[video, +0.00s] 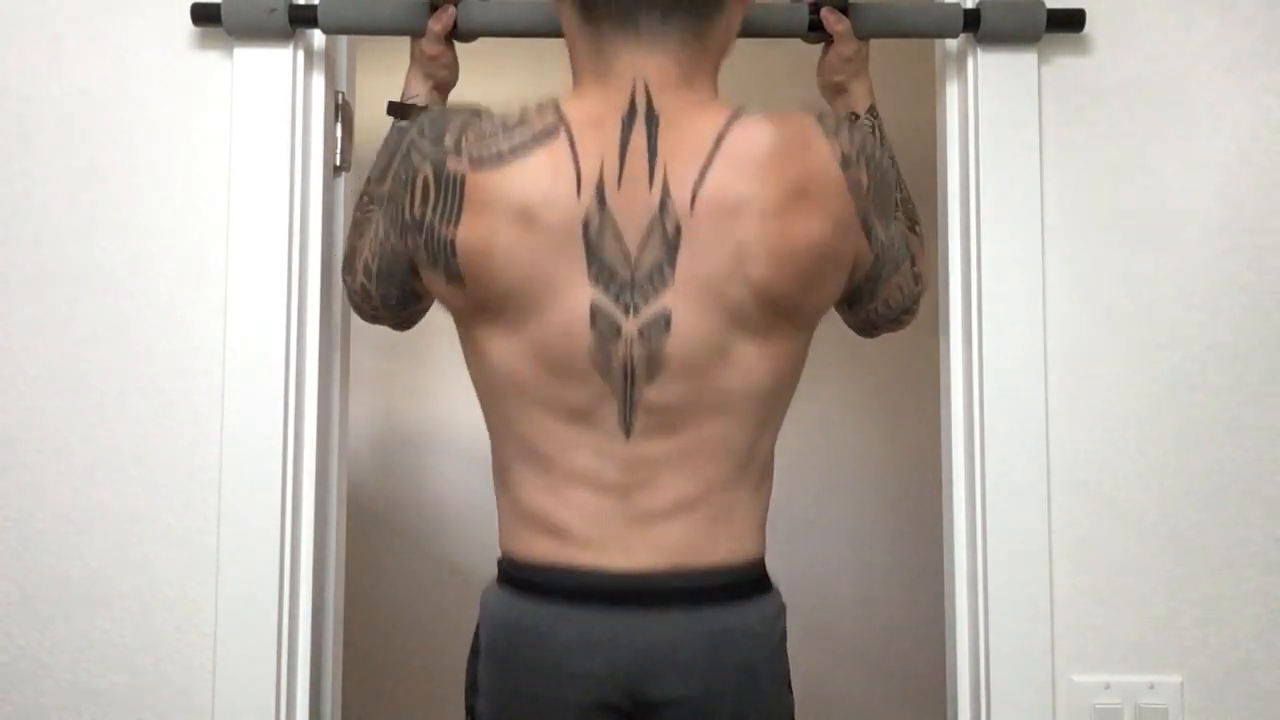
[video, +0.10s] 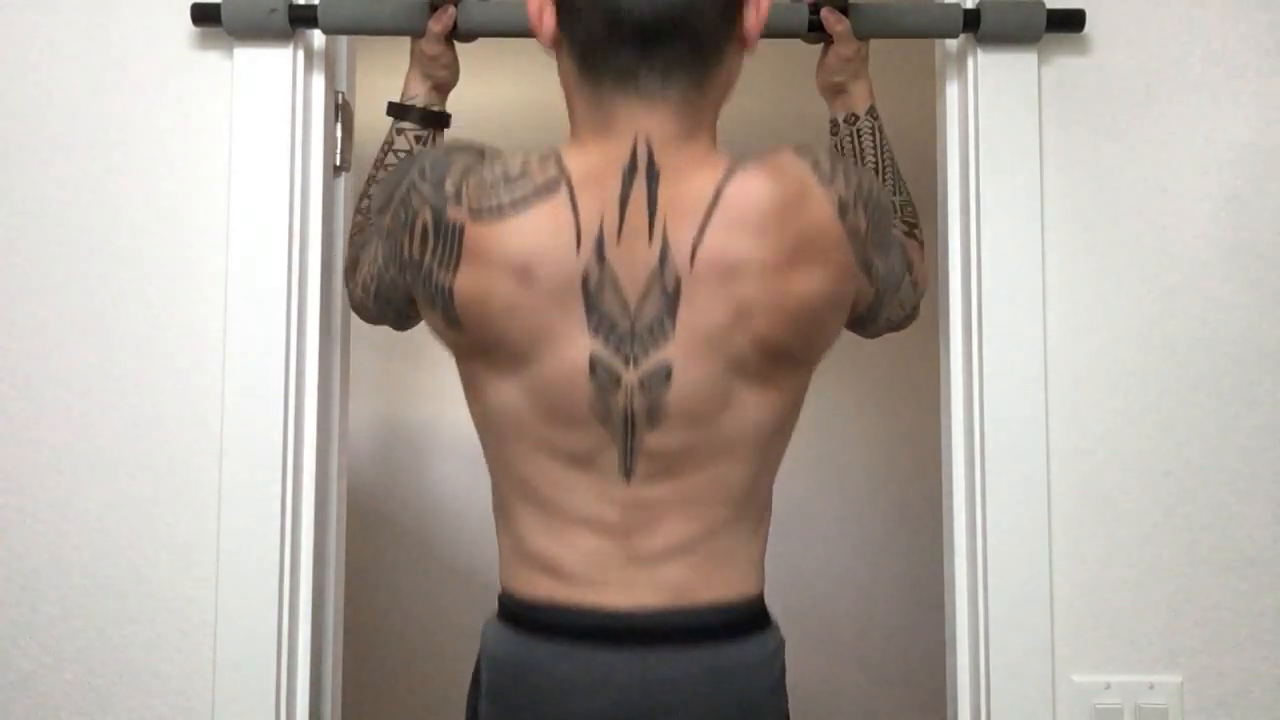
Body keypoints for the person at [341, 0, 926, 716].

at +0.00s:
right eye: (738, 7)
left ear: (568, 15)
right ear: (734, 15)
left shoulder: (464, 163)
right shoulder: (808, 166)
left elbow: (378, 293)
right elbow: (890, 300)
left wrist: (419, 99)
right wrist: (852, 103)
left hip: (536, 634)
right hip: (727, 637)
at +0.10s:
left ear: (544, 22)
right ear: (752, 21)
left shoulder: (463, 210)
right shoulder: (802, 216)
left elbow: (374, 288)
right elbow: (895, 295)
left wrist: (421, 96)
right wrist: (852, 99)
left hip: (536, 665)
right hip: (726, 666)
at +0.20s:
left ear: (543, 72)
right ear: (750, 72)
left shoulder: (470, 261)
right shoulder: (802, 263)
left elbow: (372, 267)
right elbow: (900, 276)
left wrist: (422, 93)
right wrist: (851, 98)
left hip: (534, 685)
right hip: (725, 686)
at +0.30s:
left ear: (543, 126)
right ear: (752, 127)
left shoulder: (475, 308)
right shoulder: (799, 309)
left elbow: (379, 263)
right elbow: (893, 263)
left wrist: (423, 95)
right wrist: (852, 97)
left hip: (534, 699)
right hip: (725, 700)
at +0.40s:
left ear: (544, 171)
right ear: (753, 173)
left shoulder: (482, 352)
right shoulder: (799, 344)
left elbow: (386, 259)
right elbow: (891, 262)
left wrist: (423, 94)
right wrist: (850, 95)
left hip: (538, 707)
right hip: (722, 707)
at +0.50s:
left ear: (543, 209)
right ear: (752, 211)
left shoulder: (484, 389)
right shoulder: (791, 379)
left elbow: (388, 259)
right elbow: (888, 263)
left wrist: (423, 92)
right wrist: (850, 96)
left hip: (537, 710)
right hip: (720, 710)